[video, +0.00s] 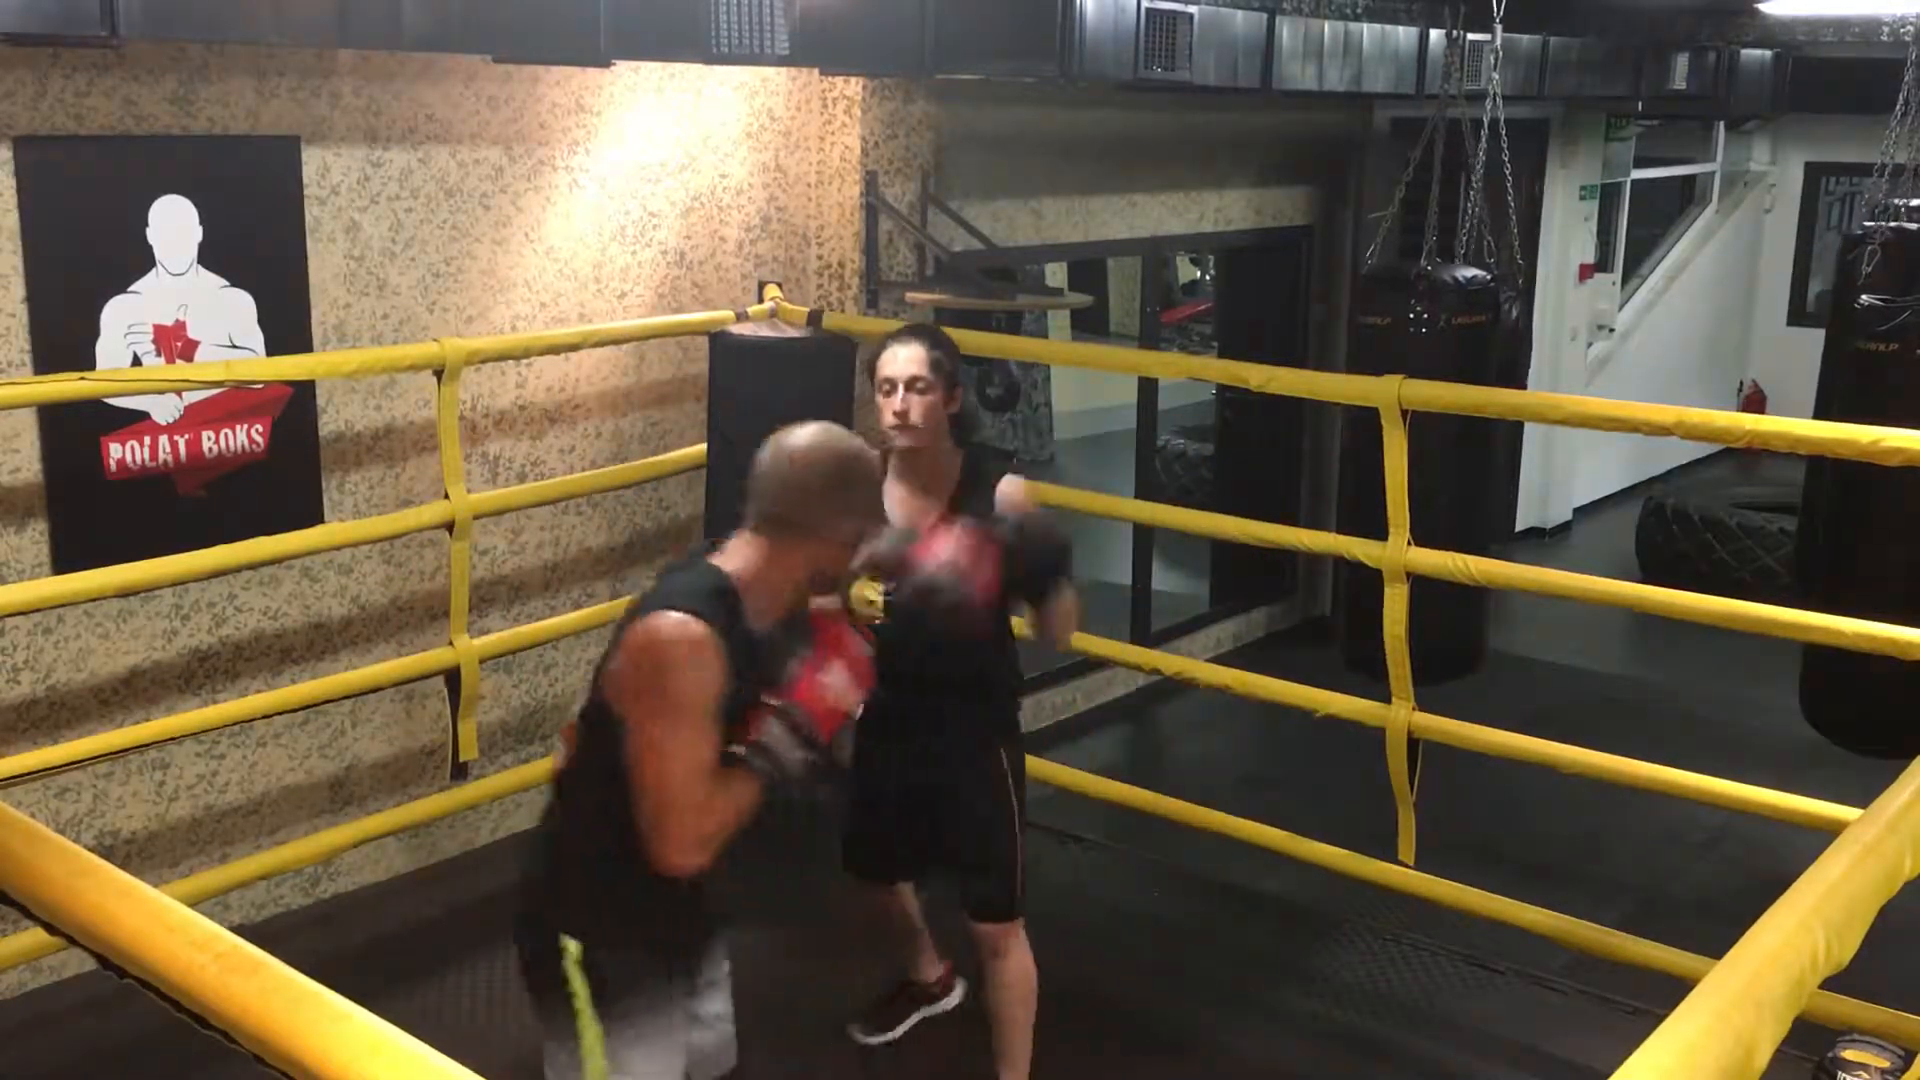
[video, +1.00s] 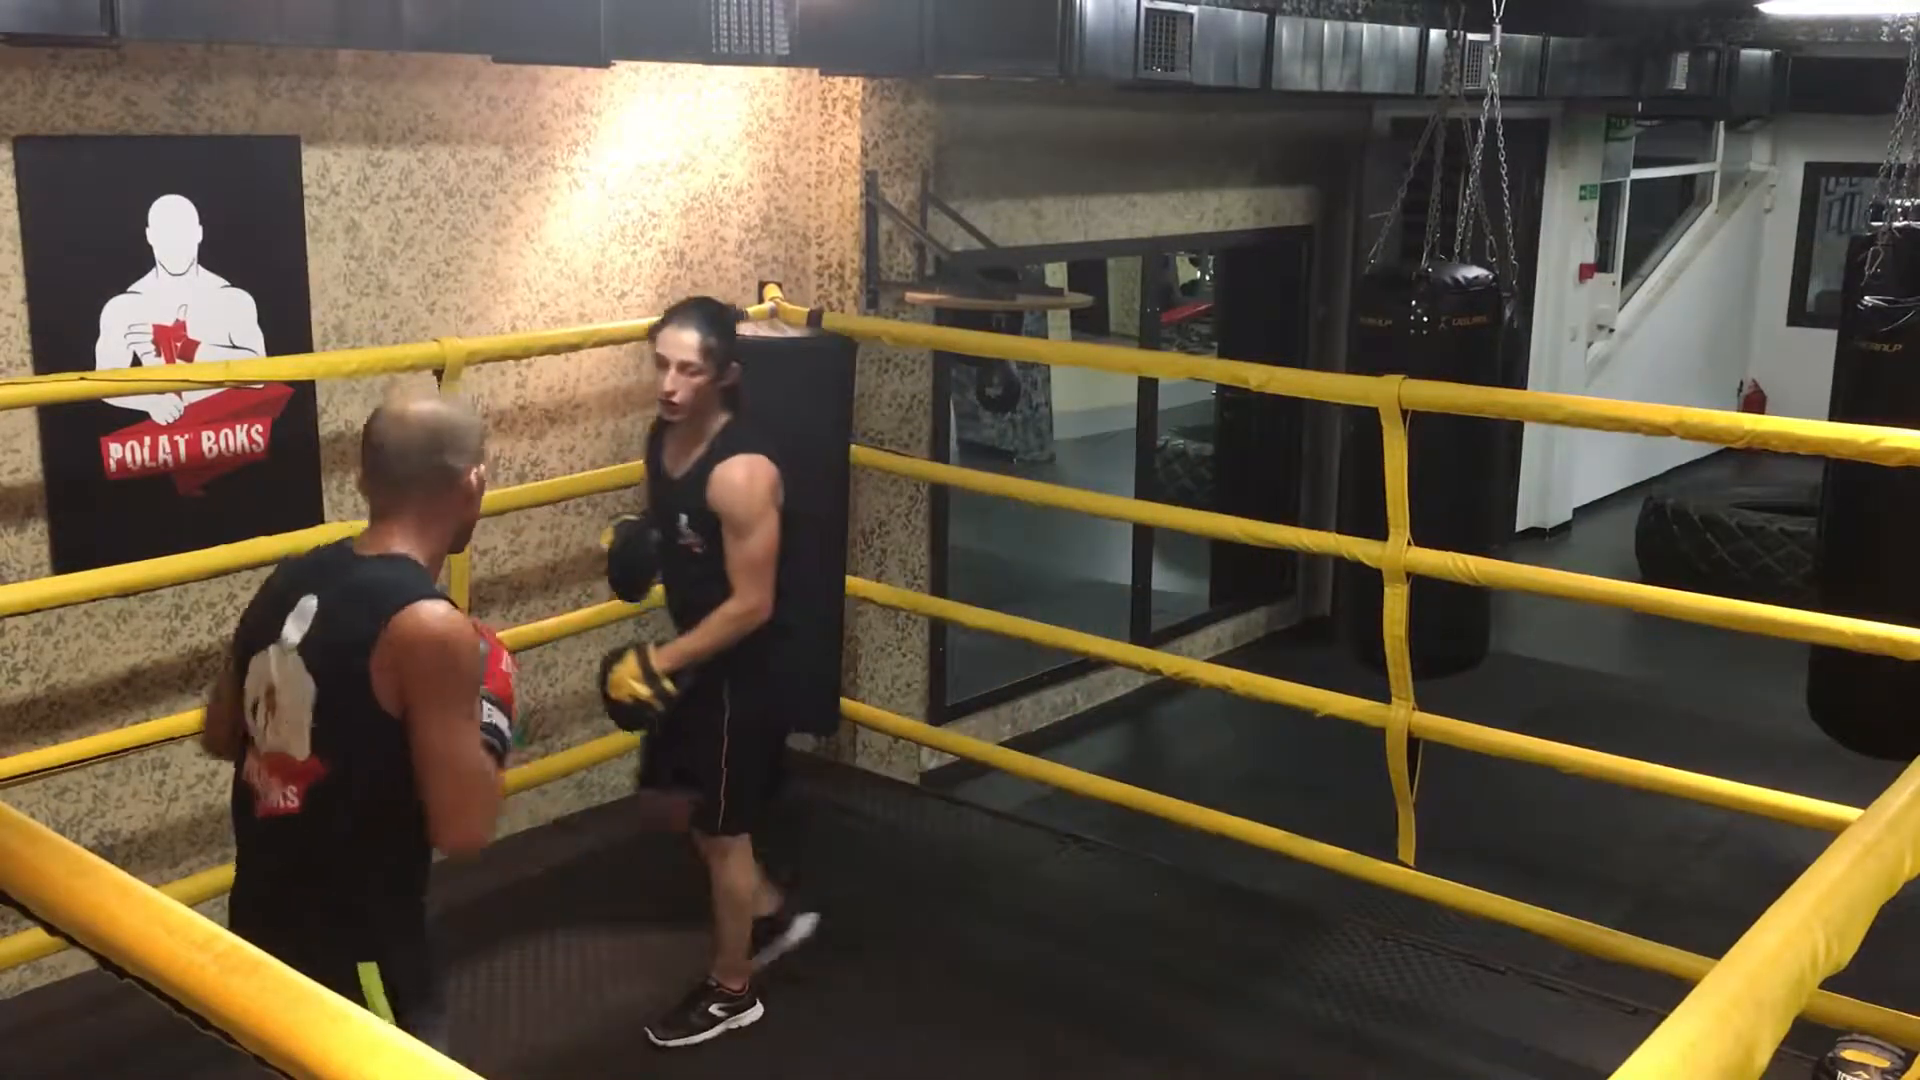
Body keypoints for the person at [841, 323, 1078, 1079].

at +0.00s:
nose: (900, 403)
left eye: (918, 388)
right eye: (887, 388)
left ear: (952, 400)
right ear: (874, 401)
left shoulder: (998, 498)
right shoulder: (855, 490)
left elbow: (1058, 631)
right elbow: (805, 595)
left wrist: (1043, 560)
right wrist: (844, 596)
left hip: (975, 726)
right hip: (884, 720)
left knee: (996, 928)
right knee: (879, 867)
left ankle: (1014, 1071)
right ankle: (927, 976)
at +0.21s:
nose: (893, 406)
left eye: (911, 391)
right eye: (884, 390)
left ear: (949, 400)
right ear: (872, 398)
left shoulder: (992, 503)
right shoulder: (856, 485)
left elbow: (1047, 608)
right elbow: (823, 604)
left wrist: (1023, 718)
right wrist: (846, 585)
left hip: (967, 728)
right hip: (891, 719)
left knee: (974, 915)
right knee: (909, 876)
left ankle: (1010, 1073)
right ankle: (965, 979)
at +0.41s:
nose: (853, 376)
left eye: (871, 363)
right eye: (845, 362)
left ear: (911, 374)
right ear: (837, 370)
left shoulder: (939, 467)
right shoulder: (852, 449)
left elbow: (992, 591)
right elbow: (848, 553)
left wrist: (944, 702)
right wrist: (819, 551)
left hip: (927, 685)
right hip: (880, 677)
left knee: (876, 866)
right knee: (927, 842)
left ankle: (929, 1041)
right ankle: (973, 974)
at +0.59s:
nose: (789, 376)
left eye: (807, 362)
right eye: (785, 361)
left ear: (850, 374)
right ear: (782, 371)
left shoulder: (876, 472)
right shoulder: (807, 453)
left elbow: (908, 602)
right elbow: (819, 541)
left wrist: (831, 695)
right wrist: (772, 545)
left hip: (876, 681)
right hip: (848, 669)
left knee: (791, 835)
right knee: (917, 822)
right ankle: (974, 976)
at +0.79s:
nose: (711, 396)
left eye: (728, 382)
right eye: (710, 380)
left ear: (775, 390)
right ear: (720, 384)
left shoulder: (800, 495)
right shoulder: (740, 455)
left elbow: (809, 630)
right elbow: (756, 543)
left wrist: (716, 701)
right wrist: (707, 552)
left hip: (793, 689)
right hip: (764, 677)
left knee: (732, 833)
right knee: (823, 819)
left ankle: (730, 989)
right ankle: (939, 941)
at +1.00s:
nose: (669, 384)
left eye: (688, 370)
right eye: (662, 366)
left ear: (725, 377)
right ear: (653, 367)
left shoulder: (743, 473)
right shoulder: (666, 438)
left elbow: (753, 605)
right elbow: (680, 525)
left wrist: (659, 665)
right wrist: (639, 545)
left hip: (743, 664)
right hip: (694, 651)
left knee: (725, 833)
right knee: (677, 802)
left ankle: (732, 990)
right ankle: (772, 910)